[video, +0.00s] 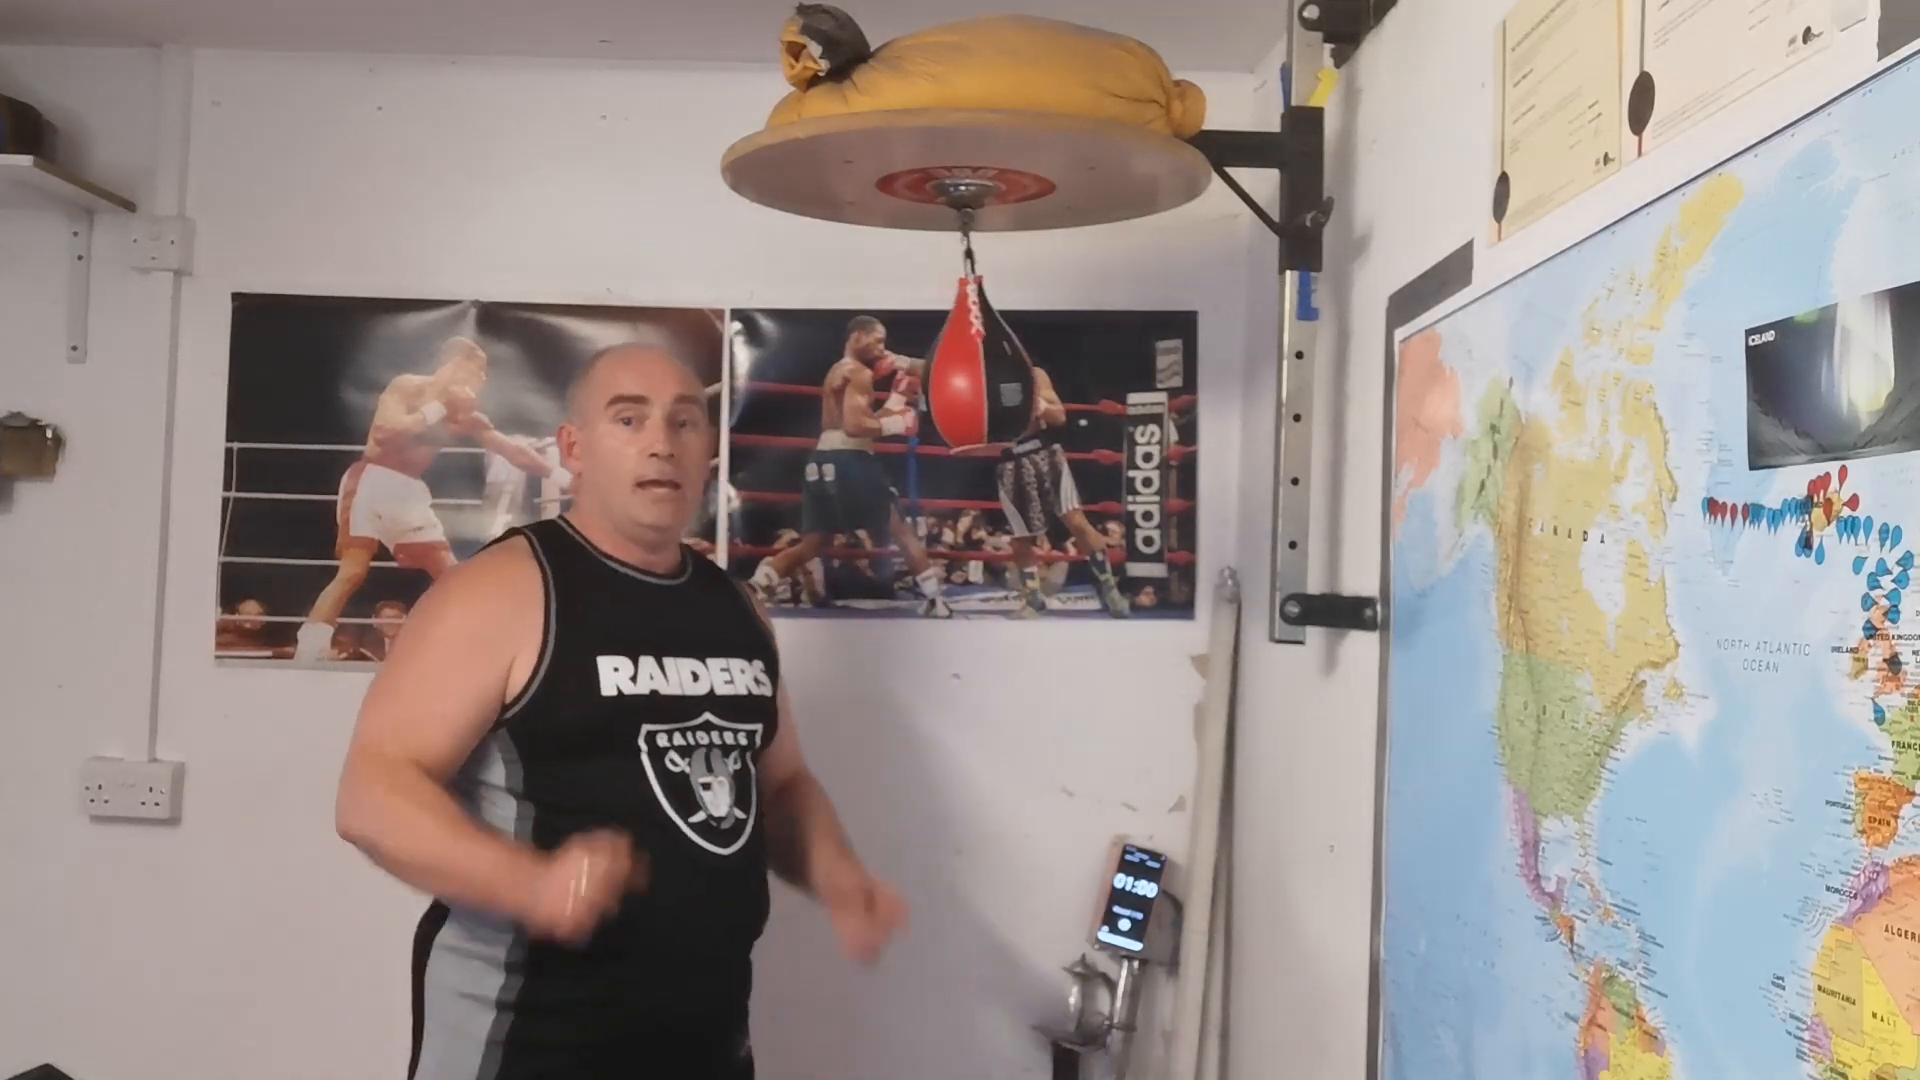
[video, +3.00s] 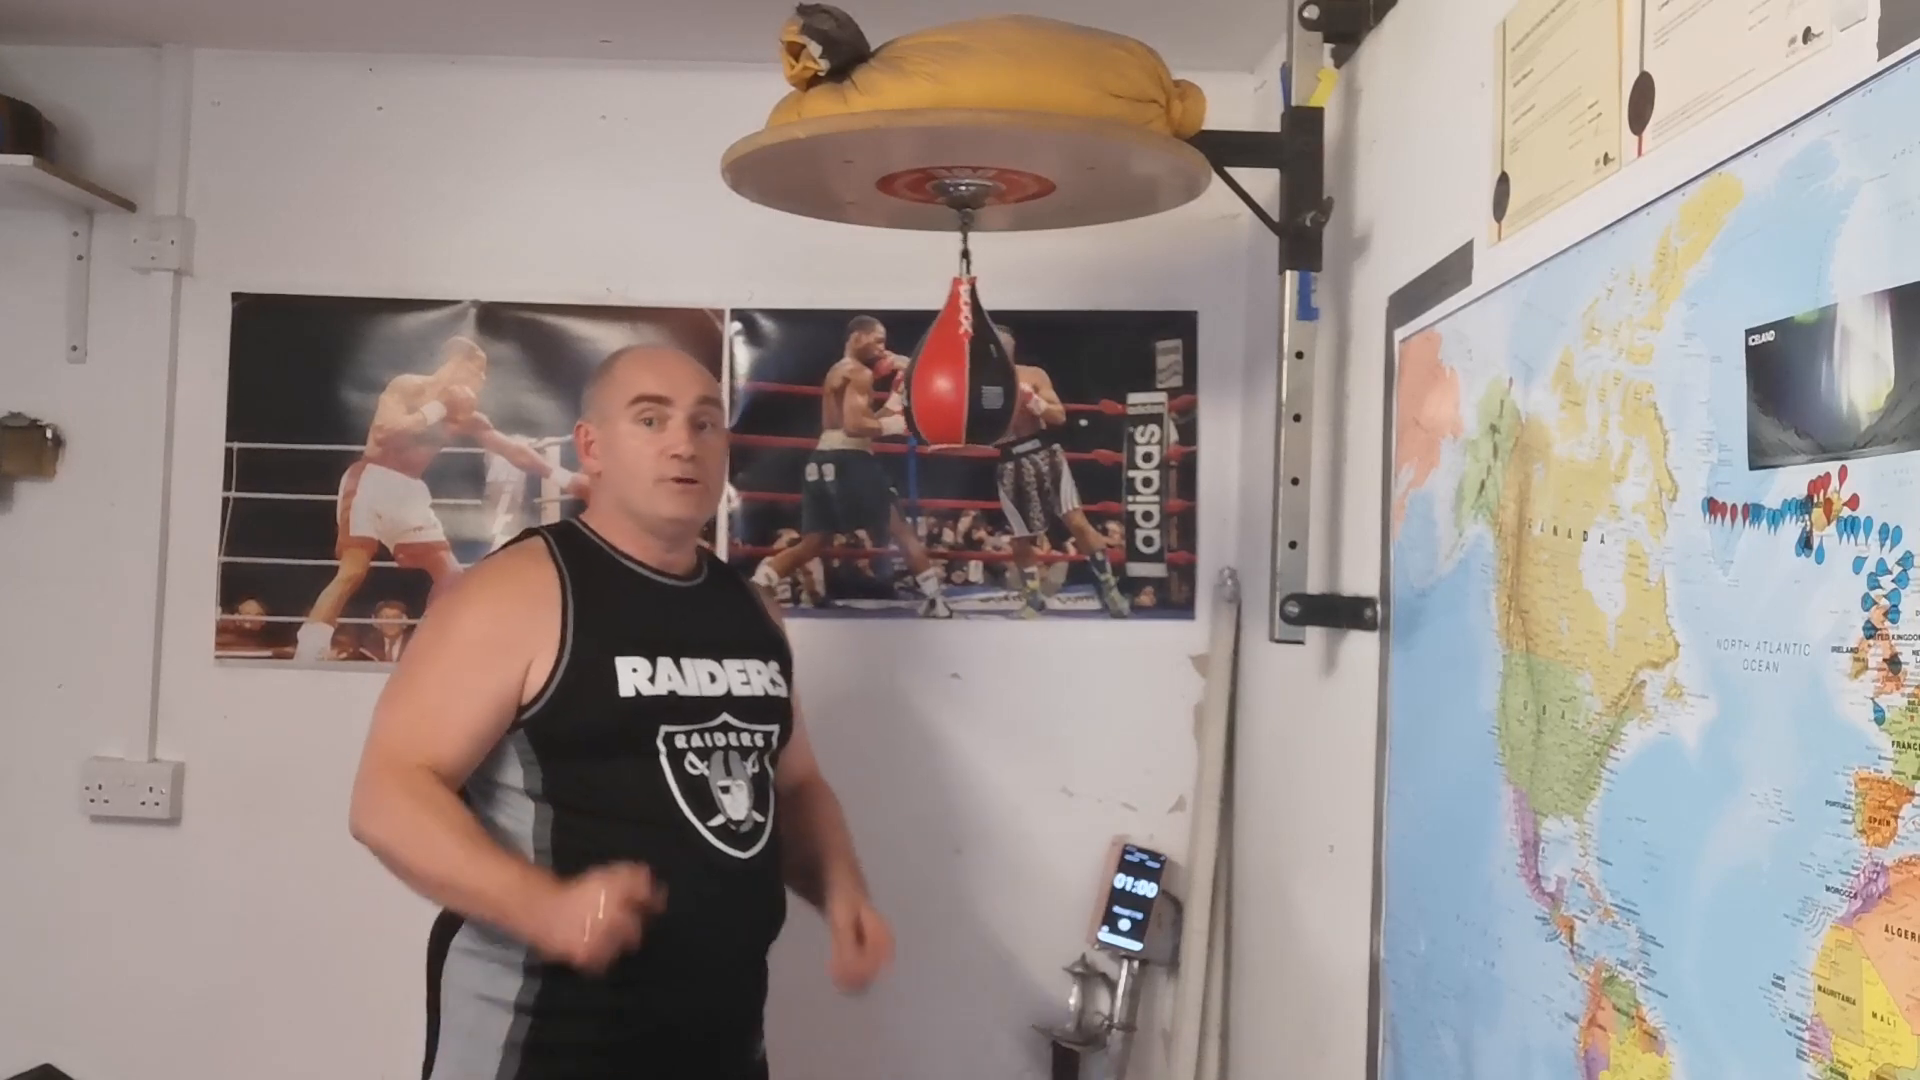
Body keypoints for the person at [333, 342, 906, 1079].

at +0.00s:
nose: (661, 444)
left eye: (684, 421)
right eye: (629, 418)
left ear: (710, 451)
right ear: (572, 449)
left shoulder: (728, 608)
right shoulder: (500, 591)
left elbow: (779, 786)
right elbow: (374, 793)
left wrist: (831, 868)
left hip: (700, 1029)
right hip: (527, 1034)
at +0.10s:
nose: (659, 442)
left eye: (682, 420)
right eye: (626, 417)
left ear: (707, 452)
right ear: (570, 449)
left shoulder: (728, 602)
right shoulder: (497, 587)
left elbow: (777, 789)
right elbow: (366, 787)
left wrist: (815, 794)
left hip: (700, 1015)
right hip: (526, 1019)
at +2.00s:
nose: (678, 447)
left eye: (701, 424)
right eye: (646, 420)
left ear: (725, 454)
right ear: (588, 445)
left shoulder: (749, 610)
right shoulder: (507, 588)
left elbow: (804, 777)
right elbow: (378, 786)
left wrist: (826, 831)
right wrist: (515, 870)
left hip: (703, 1020)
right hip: (526, 1024)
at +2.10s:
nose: (679, 446)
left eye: (702, 424)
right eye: (646, 419)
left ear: (726, 454)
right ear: (588, 445)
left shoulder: (750, 611)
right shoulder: (508, 588)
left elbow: (802, 790)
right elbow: (382, 786)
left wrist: (831, 898)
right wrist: (509, 931)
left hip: (706, 1024)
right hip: (534, 1028)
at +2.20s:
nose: (682, 447)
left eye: (706, 423)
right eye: (650, 418)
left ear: (731, 452)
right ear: (593, 443)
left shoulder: (750, 612)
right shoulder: (510, 589)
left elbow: (799, 804)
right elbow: (387, 795)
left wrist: (828, 962)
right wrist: (478, 1003)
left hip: (709, 1030)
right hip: (542, 1035)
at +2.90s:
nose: (690, 444)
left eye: (709, 421)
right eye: (655, 418)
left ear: (731, 450)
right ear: (594, 447)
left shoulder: (744, 610)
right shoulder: (518, 592)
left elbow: (795, 803)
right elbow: (396, 800)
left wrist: (841, 965)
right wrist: (516, 991)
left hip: (724, 1035)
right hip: (565, 1040)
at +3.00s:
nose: (685, 443)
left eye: (705, 421)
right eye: (650, 418)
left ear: (725, 450)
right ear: (590, 448)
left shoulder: (742, 609)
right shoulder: (513, 592)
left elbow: (793, 784)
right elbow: (389, 794)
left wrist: (840, 887)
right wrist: (544, 906)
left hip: (716, 1031)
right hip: (545, 1037)